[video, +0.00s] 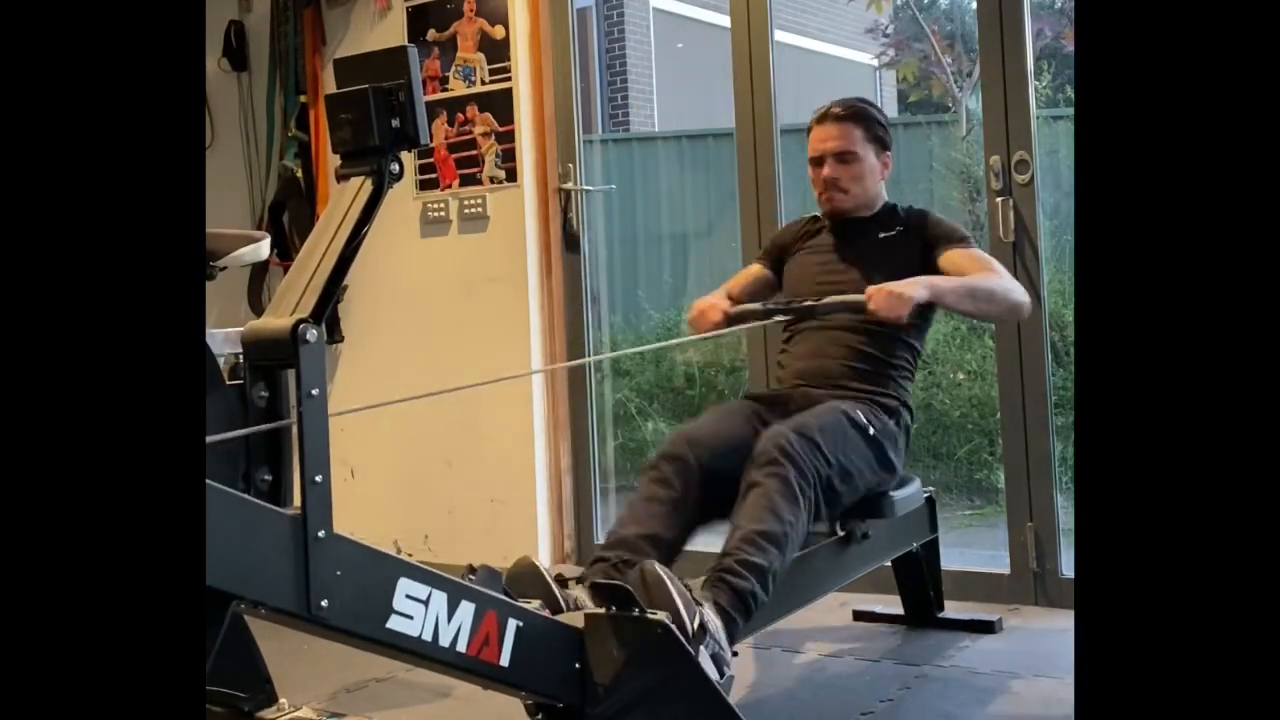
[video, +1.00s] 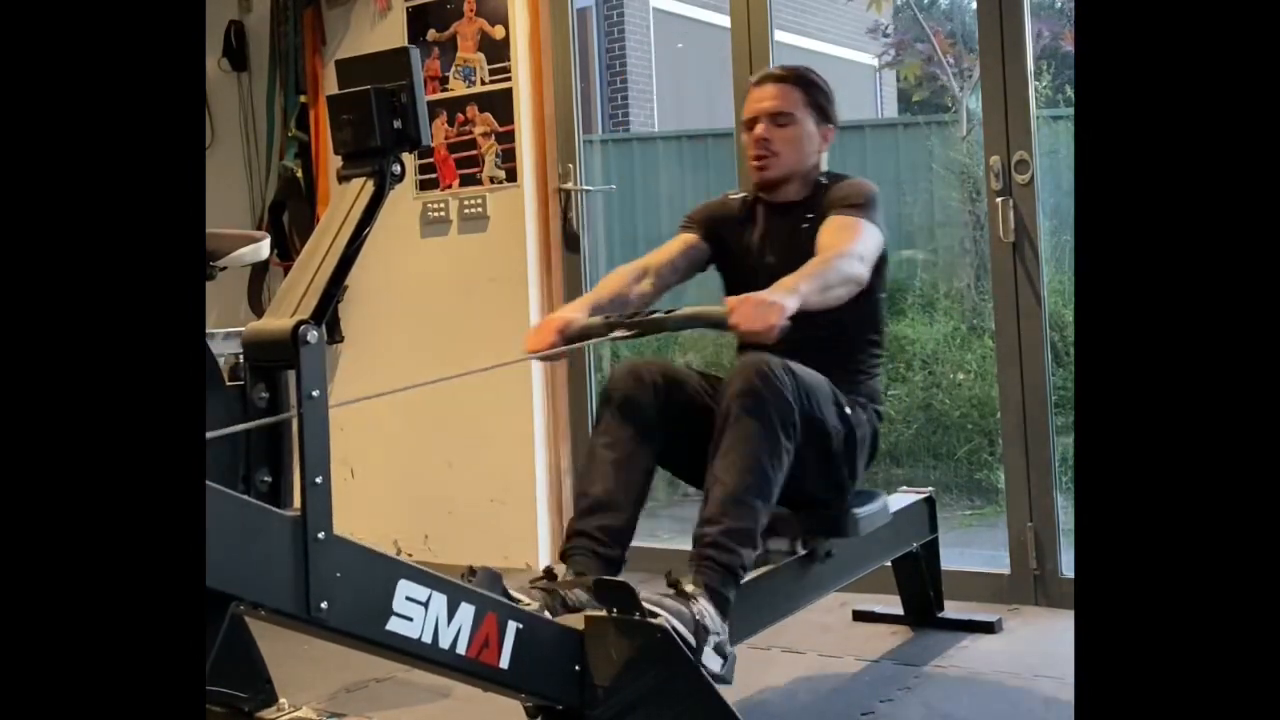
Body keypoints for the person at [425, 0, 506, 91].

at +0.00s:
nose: (471, 7)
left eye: (473, 4)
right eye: (468, 4)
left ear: (476, 7)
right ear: (463, 8)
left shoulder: (480, 22)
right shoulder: (457, 25)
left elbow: (493, 33)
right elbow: (445, 36)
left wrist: (498, 32)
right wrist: (435, 36)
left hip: (474, 60)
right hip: (460, 59)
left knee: (474, 89)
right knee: (458, 89)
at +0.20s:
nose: (471, 7)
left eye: (473, 4)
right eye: (468, 4)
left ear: (476, 7)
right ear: (463, 8)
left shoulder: (480, 22)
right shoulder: (457, 25)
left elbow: (493, 33)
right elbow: (445, 36)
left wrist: (498, 32)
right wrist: (435, 36)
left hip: (474, 60)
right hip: (460, 59)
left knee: (474, 89)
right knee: (458, 88)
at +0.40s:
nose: (471, 7)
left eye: (473, 5)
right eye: (468, 5)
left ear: (476, 8)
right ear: (463, 8)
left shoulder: (480, 22)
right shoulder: (457, 25)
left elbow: (493, 33)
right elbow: (445, 36)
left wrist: (498, 32)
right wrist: (435, 36)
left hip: (474, 60)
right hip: (460, 59)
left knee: (474, 89)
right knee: (458, 89)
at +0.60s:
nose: (471, 7)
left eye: (473, 5)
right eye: (468, 5)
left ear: (476, 8)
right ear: (463, 8)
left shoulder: (480, 22)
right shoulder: (457, 25)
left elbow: (493, 33)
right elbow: (445, 36)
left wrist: (498, 32)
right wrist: (435, 36)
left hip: (474, 60)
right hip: (460, 59)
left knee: (474, 89)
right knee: (458, 89)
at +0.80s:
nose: (471, 8)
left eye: (473, 5)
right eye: (468, 5)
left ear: (476, 8)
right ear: (463, 8)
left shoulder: (480, 22)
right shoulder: (457, 25)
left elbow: (493, 34)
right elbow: (445, 36)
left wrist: (498, 32)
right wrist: (435, 36)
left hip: (474, 60)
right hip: (460, 60)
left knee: (474, 89)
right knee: (458, 89)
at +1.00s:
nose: (471, 7)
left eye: (473, 4)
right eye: (468, 4)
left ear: (476, 7)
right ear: (463, 8)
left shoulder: (480, 22)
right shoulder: (457, 25)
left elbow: (493, 34)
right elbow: (445, 36)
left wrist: (498, 32)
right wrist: (435, 36)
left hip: (474, 60)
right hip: (460, 59)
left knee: (474, 89)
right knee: (458, 89)